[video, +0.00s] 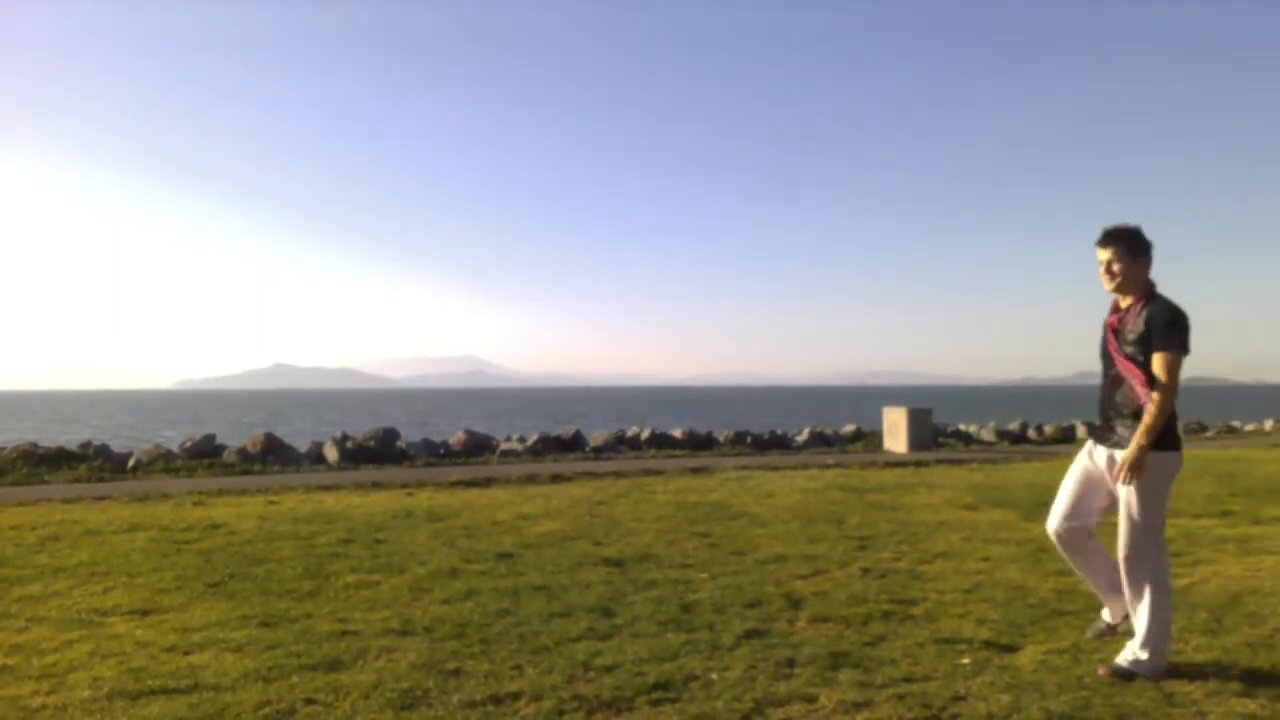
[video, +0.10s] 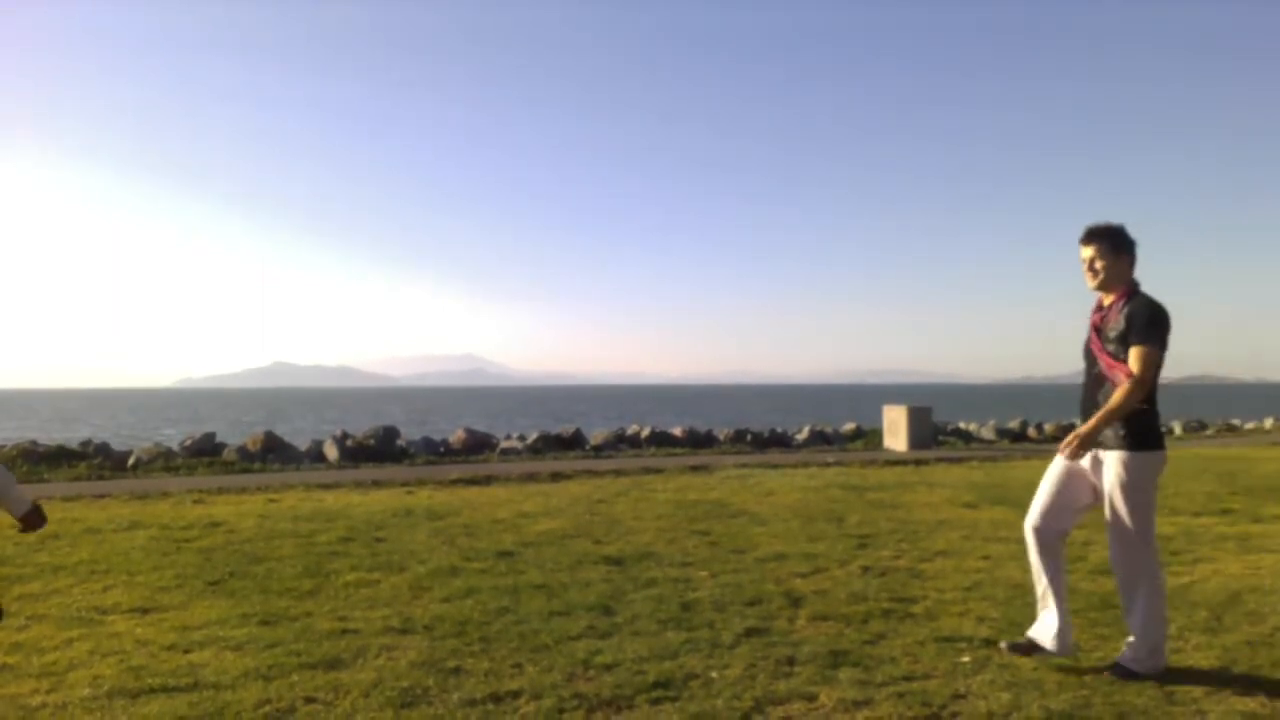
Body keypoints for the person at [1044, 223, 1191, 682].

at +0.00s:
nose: (1106, 271)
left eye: (1115, 263)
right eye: (1102, 264)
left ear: (1143, 262)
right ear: (1101, 268)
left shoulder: (1164, 316)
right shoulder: (1116, 314)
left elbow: (1165, 391)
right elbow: (1120, 380)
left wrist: (1137, 447)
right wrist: (1106, 432)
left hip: (1146, 450)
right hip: (1103, 443)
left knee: (1140, 553)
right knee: (1064, 526)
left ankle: (1148, 653)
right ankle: (1120, 605)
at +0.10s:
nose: (1090, 269)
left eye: (1098, 260)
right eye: (1085, 263)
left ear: (1126, 260)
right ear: (1084, 267)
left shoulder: (1146, 312)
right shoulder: (1100, 313)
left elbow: (1139, 383)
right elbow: (1108, 379)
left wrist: (1088, 430)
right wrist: (1091, 429)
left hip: (1130, 448)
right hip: (1089, 442)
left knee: (1133, 552)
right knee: (1040, 527)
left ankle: (1146, 654)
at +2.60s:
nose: (598, 230)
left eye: (607, 220)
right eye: (596, 222)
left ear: (642, 221)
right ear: (603, 229)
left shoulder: (684, 283)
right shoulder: (608, 303)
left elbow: (726, 364)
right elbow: (554, 347)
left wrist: (748, 445)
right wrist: (560, 282)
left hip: (700, 465)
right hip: (636, 473)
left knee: (732, 586)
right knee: (633, 607)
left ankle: (756, 696)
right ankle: (643, 713)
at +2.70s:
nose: (581, 228)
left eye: (591, 219)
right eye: (579, 220)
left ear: (627, 220)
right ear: (583, 228)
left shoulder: (671, 282)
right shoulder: (588, 303)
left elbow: (711, 361)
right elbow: (533, 338)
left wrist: (737, 441)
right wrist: (548, 271)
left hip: (692, 462)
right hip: (627, 473)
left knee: (736, 585)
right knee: (630, 605)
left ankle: (774, 691)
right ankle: (638, 712)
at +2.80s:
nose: (571, 225)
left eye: (580, 215)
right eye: (568, 217)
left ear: (617, 216)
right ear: (574, 225)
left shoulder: (661, 279)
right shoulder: (578, 296)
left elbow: (703, 362)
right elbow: (521, 328)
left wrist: (736, 444)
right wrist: (534, 269)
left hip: (683, 460)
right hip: (617, 472)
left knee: (742, 581)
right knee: (623, 609)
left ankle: (804, 686)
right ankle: (638, 715)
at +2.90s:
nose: (561, 222)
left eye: (572, 211)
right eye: (559, 213)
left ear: (608, 213)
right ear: (561, 222)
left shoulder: (652, 279)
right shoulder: (563, 294)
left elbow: (701, 361)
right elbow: (515, 319)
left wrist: (742, 439)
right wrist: (526, 260)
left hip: (673, 463)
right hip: (605, 475)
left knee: (747, 579)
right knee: (617, 615)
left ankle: (833, 688)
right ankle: (635, 716)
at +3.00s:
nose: (556, 220)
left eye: (567, 210)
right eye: (554, 212)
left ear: (605, 212)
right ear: (557, 219)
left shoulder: (646, 277)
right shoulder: (558, 287)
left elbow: (700, 357)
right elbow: (510, 317)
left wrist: (750, 430)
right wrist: (520, 249)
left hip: (662, 462)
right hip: (593, 473)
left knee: (743, 581)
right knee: (607, 618)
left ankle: (844, 696)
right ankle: (632, 715)